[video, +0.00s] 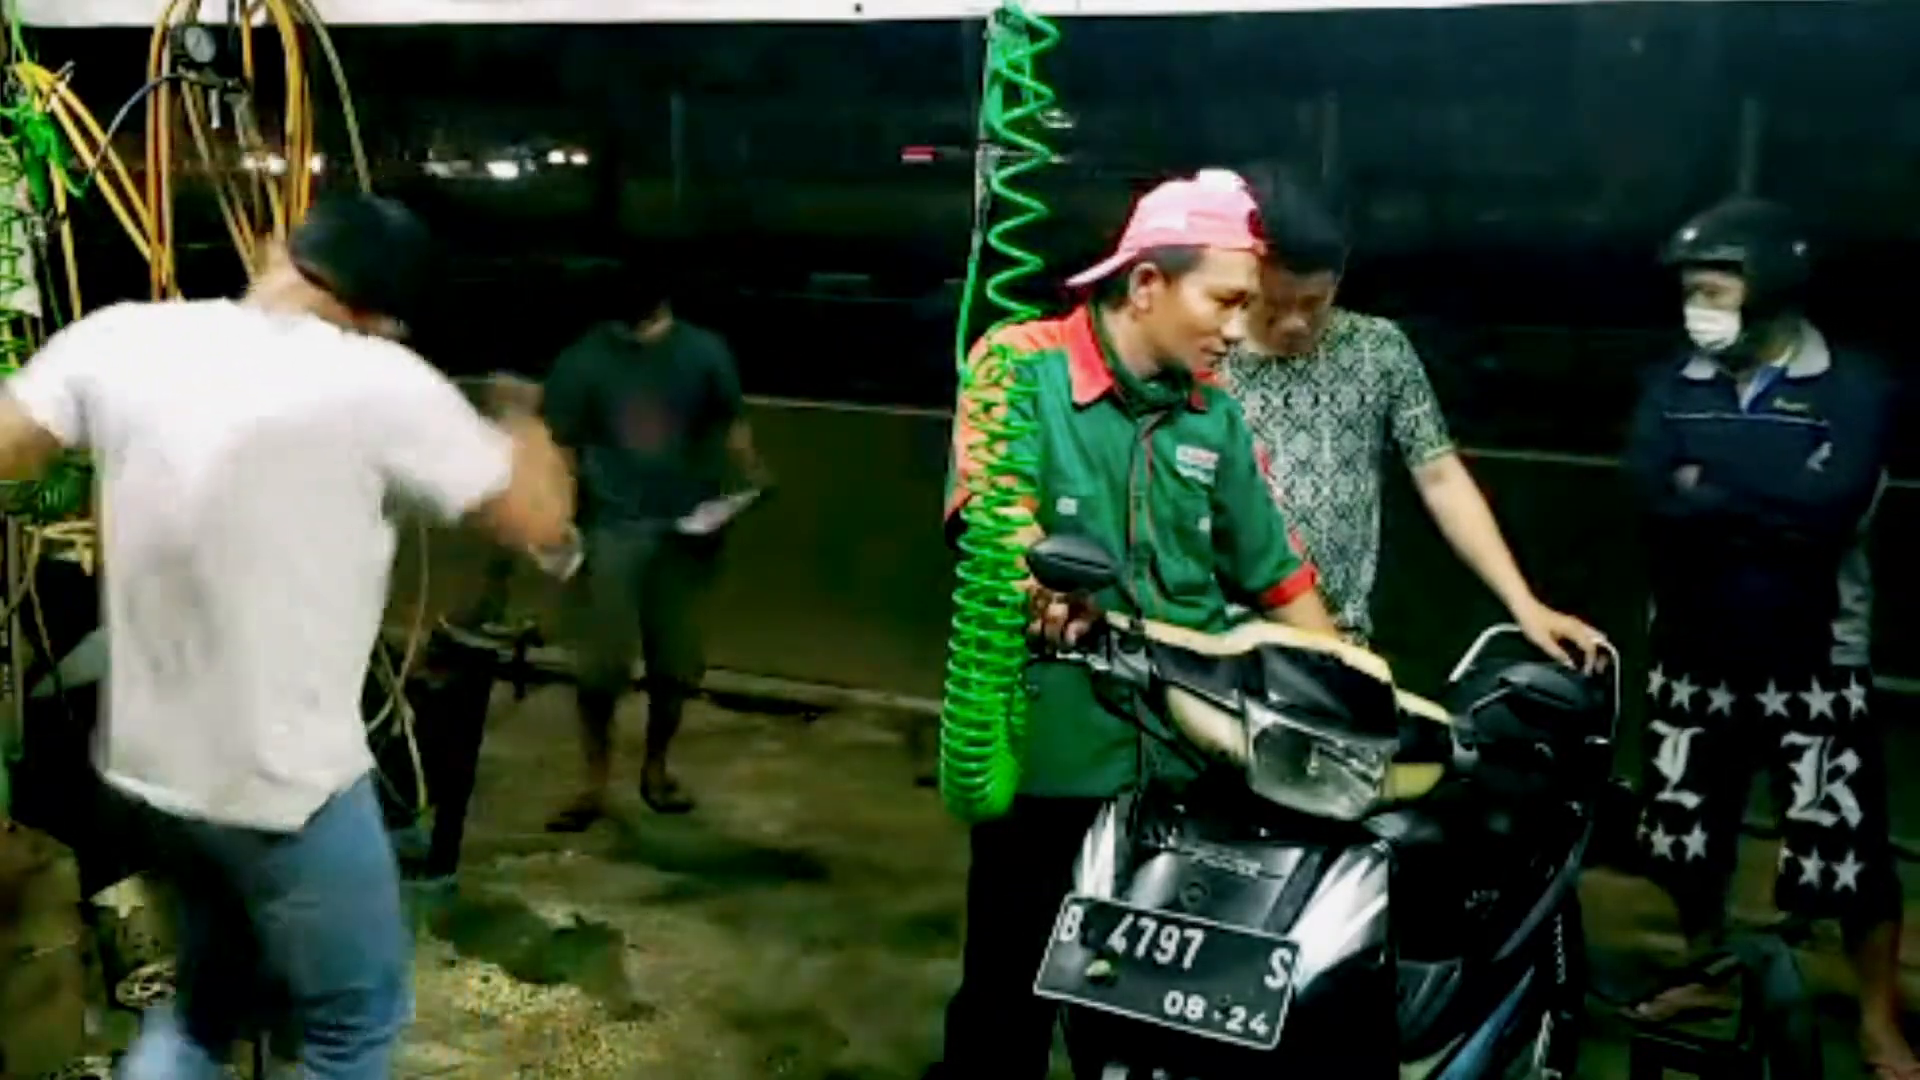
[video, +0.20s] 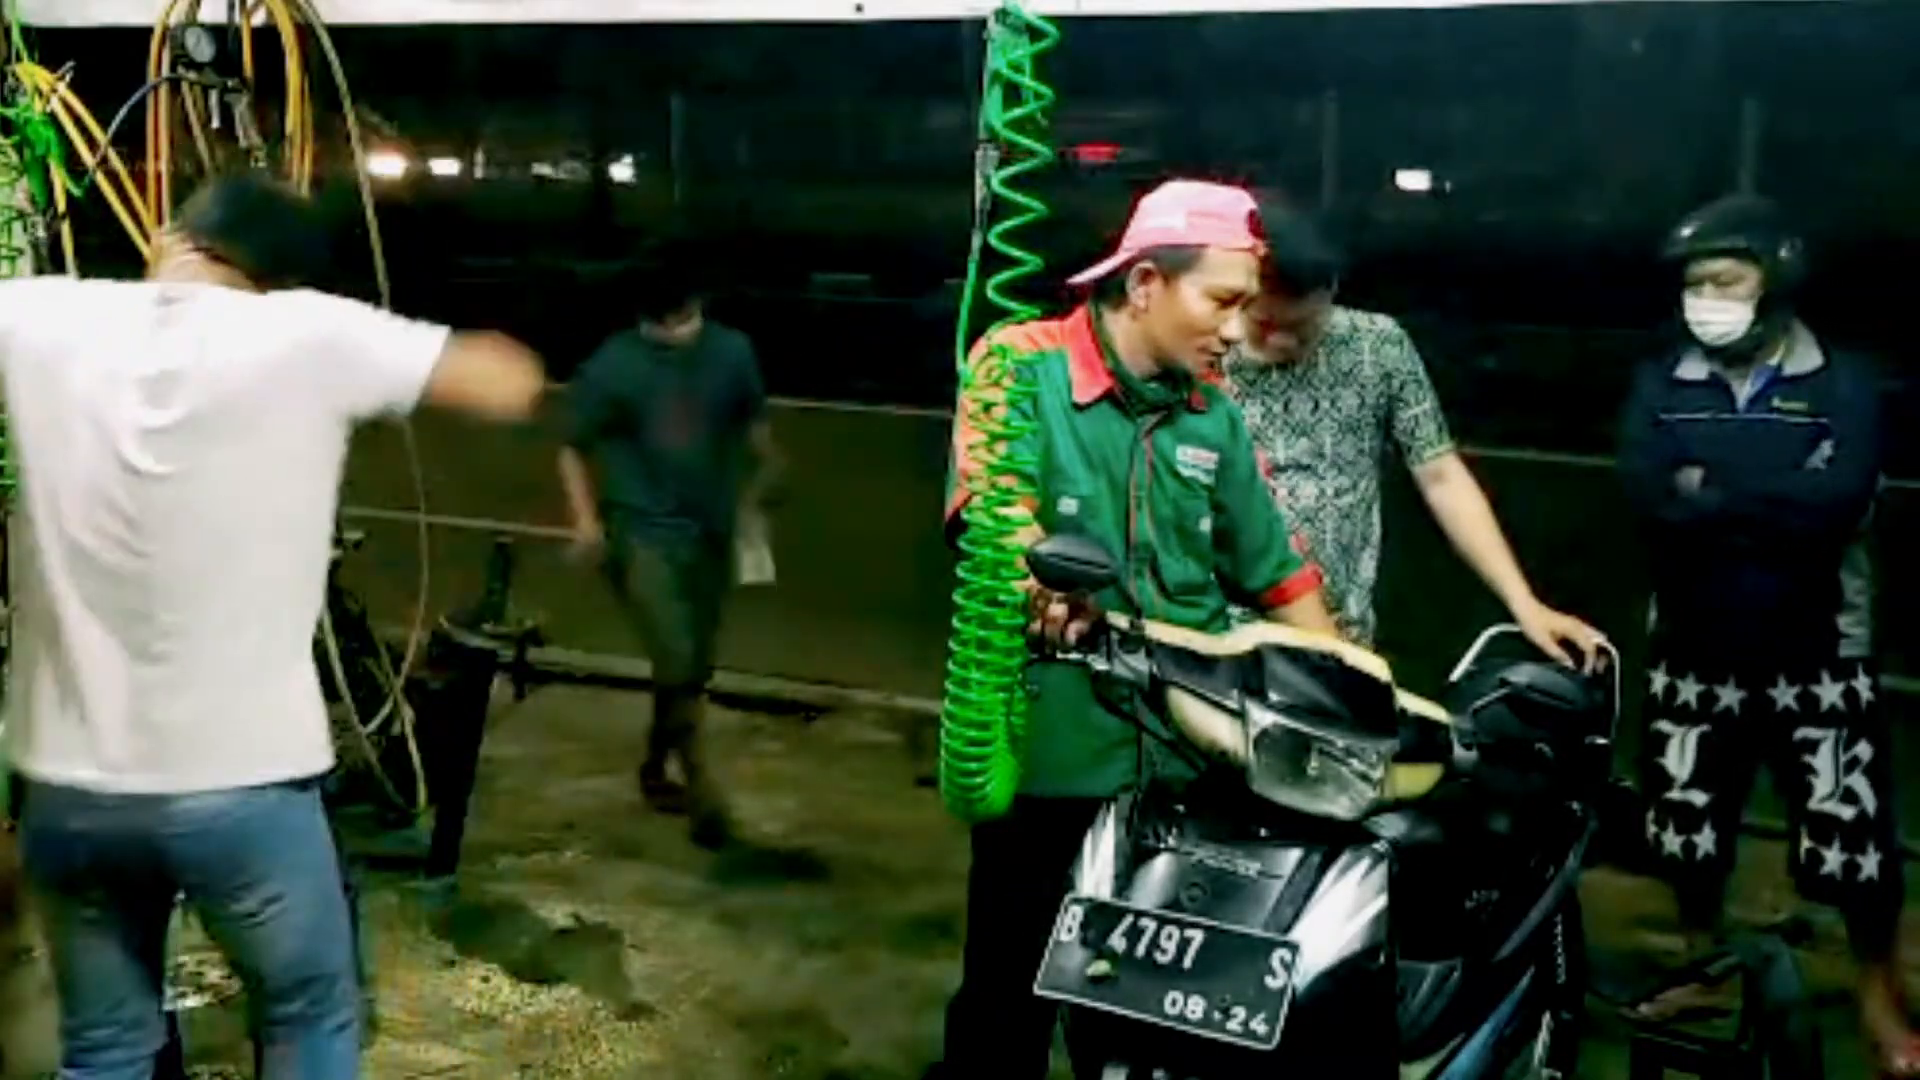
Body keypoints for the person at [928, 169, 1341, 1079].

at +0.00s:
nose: (1236, 329)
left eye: (1245, 308)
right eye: (1225, 302)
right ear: (1148, 285)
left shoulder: (1213, 415)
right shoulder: (1019, 367)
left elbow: (1282, 581)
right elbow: (990, 512)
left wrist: (1354, 689)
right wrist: (1044, 597)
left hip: (1183, 760)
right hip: (1048, 759)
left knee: (1152, 1017)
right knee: (1005, 1016)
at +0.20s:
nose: (1233, 329)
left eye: (1243, 308)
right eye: (1221, 302)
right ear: (1147, 283)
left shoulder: (1214, 417)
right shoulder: (1018, 365)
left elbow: (1284, 579)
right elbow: (987, 506)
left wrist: (1343, 697)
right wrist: (1044, 592)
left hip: (1185, 760)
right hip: (1046, 758)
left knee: (1157, 1015)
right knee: (1005, 1015)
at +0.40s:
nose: (1233, 329)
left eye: (1243, 309)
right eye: (1221, 302)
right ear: (1147, 283)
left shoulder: (1215, 417)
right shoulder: (1018, 366)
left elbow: (1282, 578)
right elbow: (988, 507)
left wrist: (1338, 697)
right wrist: (1043, 593)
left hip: (1185, 759)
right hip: (1047, 757)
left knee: (1160, 1013)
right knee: (1006, 1012)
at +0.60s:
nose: (1231, 328)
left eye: (1241, 308)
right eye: (1218, 300)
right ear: (1143, 280)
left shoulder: (1216, 419)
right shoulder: (1019, 365)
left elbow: (1283, 583)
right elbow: (992, 508)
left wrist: (1345, 697)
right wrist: (1044, 595)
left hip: (1186, 760)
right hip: (1047, 756)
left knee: (1158, 1015)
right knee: (1005, 1013)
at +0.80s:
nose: (1224, 323)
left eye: (1236, 303)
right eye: (1209, 295)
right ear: (1132, 276)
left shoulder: (1218, 418)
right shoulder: (1018, 366)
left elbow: (1283, 582)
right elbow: (993, 510)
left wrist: (1347, 694)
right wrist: (1045, 595)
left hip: (1185, 760)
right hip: (1047, 756)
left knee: (1155, 1013)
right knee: (1006, 1011)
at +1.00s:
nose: (1220, 325)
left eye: (1234, 304)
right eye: (1204, 296)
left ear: (1245, 303)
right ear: (1127, 276)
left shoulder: (1218, 416)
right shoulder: (1018, 367)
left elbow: (1286, 587)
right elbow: (994, 510)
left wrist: (1343, 702)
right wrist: (1045, 594)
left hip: (1189, 762)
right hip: (1048, 760)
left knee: (1162, 1017)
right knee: (1006, 1016)